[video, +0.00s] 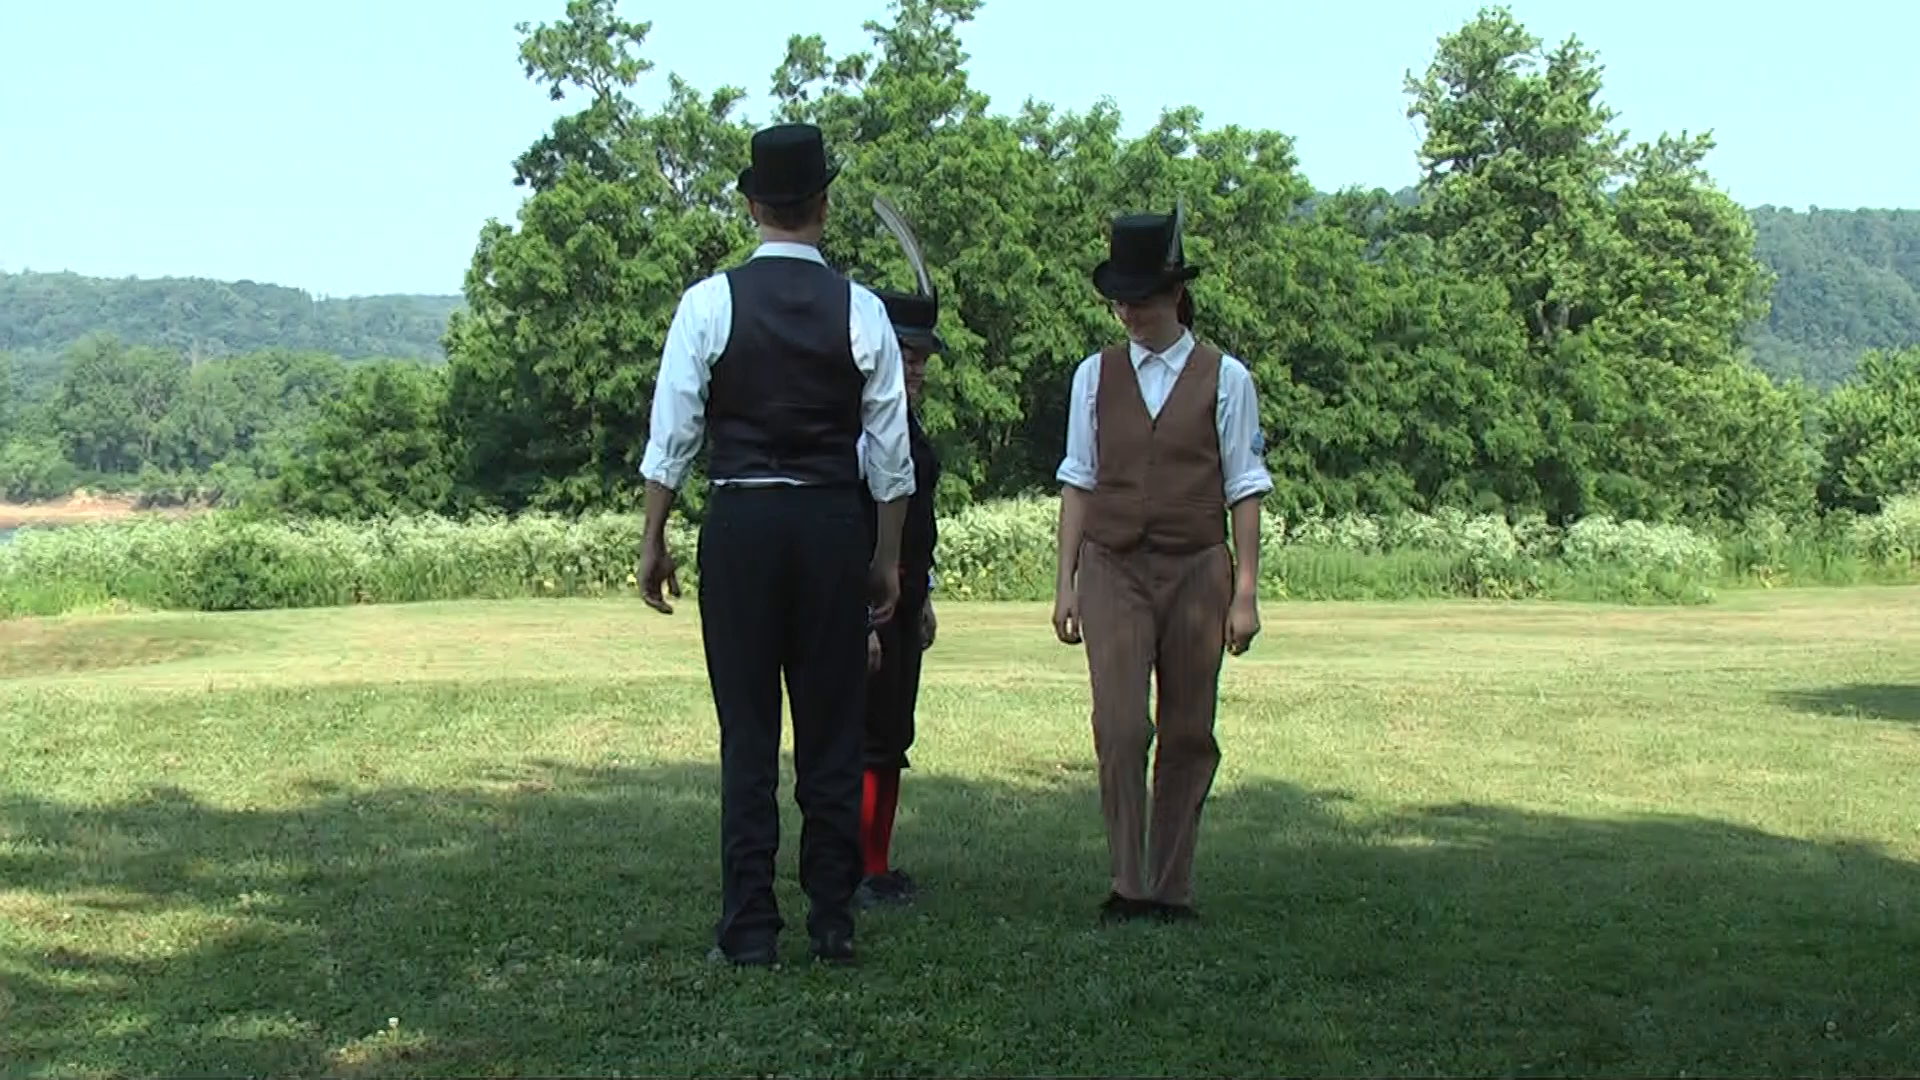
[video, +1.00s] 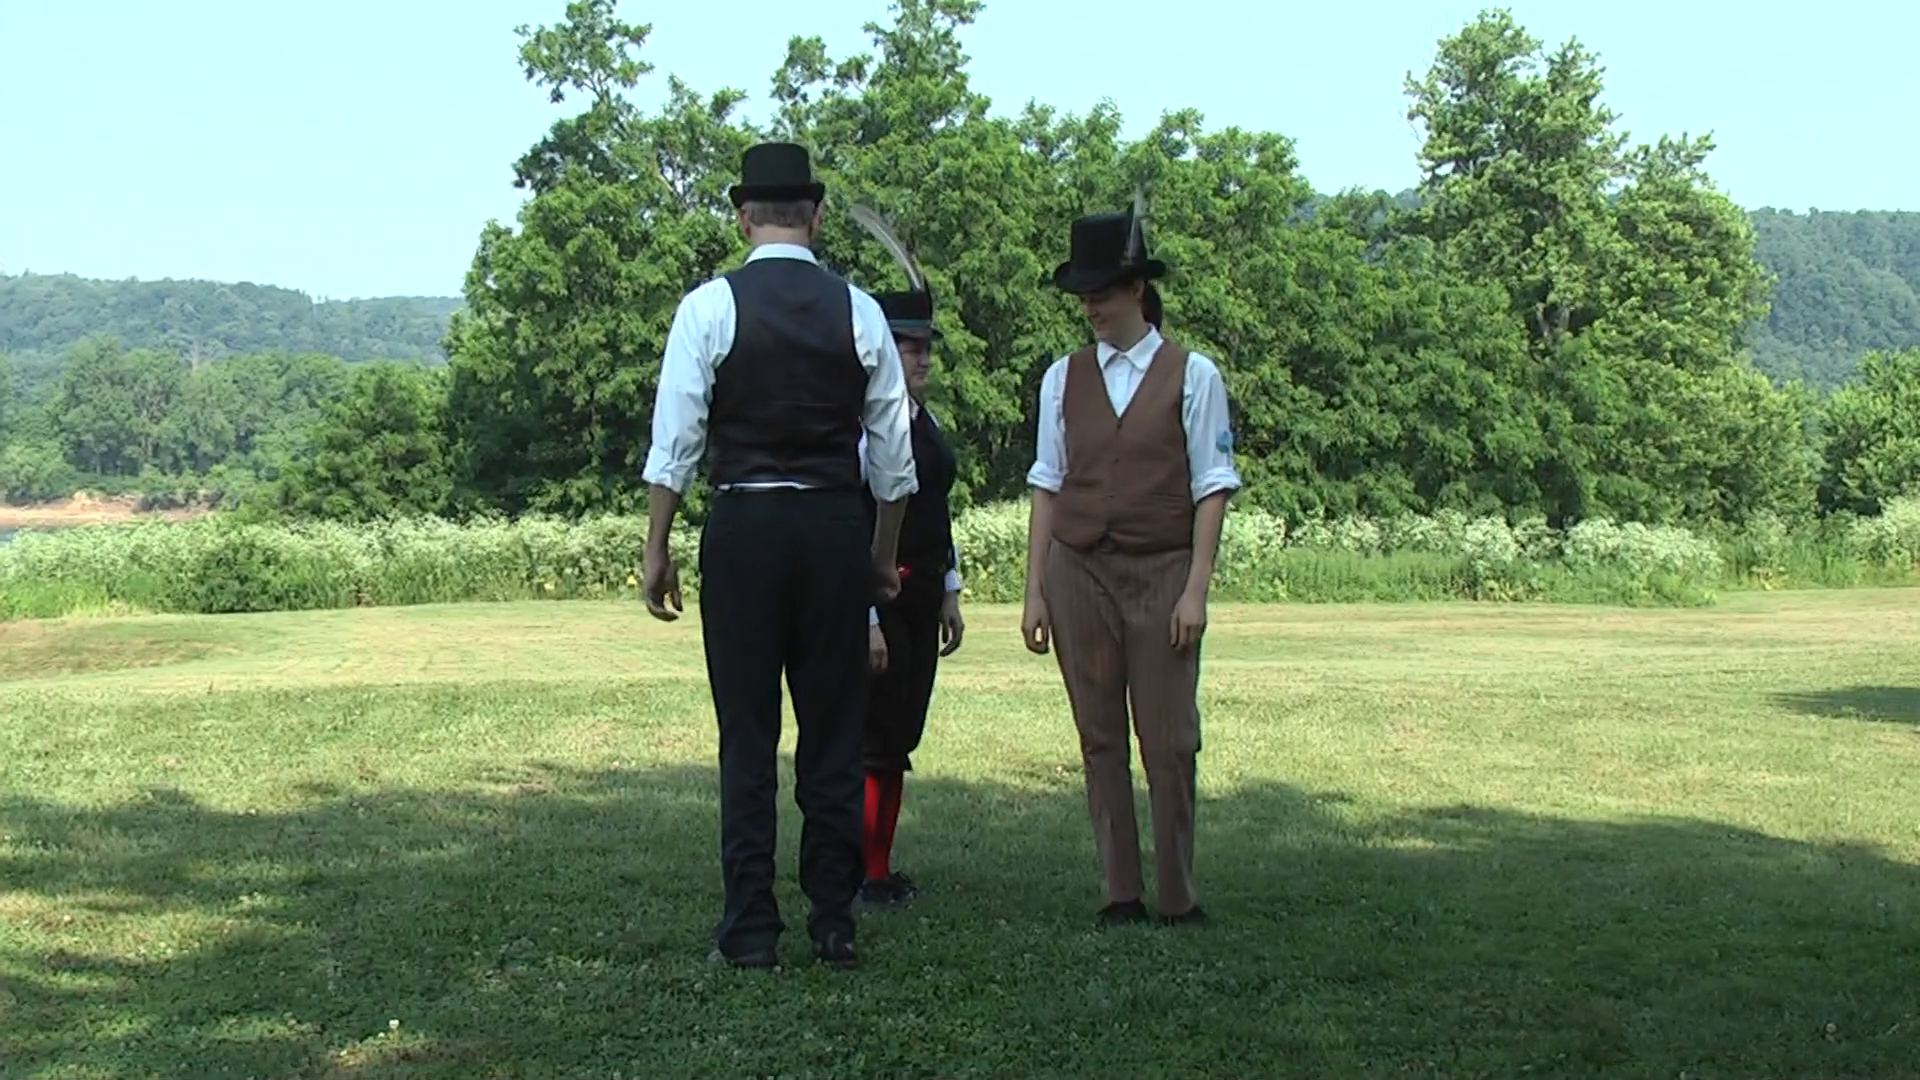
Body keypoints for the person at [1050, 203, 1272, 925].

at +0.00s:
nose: (1129, 314)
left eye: (1142, 301)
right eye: (1121, 302)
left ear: (1177, 294)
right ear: (1112, 302)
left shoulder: (1226, 377)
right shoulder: (1093, 376)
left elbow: (1247, 488)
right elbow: (1076, 484)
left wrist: (1246, 590)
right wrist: (1065, 582)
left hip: (1196, 572)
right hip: (1109, 571)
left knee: (1189, 736)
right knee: (1120, 731)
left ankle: (1172, 889)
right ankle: (1126, 887)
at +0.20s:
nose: (1122, 313)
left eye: (1135, 300)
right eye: (1114, 302)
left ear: (1170, 294)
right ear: (1105, 303)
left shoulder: (1220, 377)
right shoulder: (1088, 379)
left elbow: (1243, 489)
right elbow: (1072, 488)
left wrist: (1241, 592)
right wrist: (1059, 587)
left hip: (1189, 574)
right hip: (1102, 573)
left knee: (1183, 739)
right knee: (1113, 736)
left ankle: (1171, 892)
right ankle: (1127, 891)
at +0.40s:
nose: (1113, 308)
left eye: (1124, 294)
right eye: (1105, 297)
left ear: (1160, 289)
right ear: (1098, 299)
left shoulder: (1213, 373)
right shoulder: (1083, 377)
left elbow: (1236, 487)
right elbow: (1066, 485)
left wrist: (1227, 588)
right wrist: (1051, 585)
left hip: (1180, 570)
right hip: (1093, 568)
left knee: (1174, 735)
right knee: (1109, 735)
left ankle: (1170, 890)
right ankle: (1125, 890)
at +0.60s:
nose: (1103, 306)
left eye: (1114, 293)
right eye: (1095, 295)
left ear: (1151, 288)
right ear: (1090, 298)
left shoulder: (1204, 371)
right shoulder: (1075, 377)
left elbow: (1225, 487)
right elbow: (1058, 486)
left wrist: (1210, 587)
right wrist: (1045, 586)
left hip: (1173, 572)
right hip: (1087, 571)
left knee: (1169, 737)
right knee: (1106, 737)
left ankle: (1169, 892)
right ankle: (1125, 891)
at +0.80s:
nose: (1095, 306)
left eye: (1107, 292)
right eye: (1087, 295)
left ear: (1144, 288)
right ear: (1081, 297)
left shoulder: (1196, 374)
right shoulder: (1066, 379)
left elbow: (1217, 487)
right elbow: (1050, 487)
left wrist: (1197, 588)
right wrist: (1037, 588)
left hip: (1167, 575)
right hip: (1079, 573)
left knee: (1171, 742)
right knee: (1101, 742)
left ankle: (1168, 891)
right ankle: (1124, 891)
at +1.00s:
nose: (1092, 306)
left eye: (1104, 292)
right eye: (1084, 296)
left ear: (1140, 289)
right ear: (1077, 299)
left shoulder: (1193, 374)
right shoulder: (1061, 379)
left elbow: (1213, 488)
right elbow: (1044, 488)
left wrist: (1196, 588)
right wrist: (1034, 588)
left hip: (1164, 577)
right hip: (1076, 576)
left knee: (1169, 746)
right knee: (1100, 744)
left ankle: (1177, 898)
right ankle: (1121, 896)